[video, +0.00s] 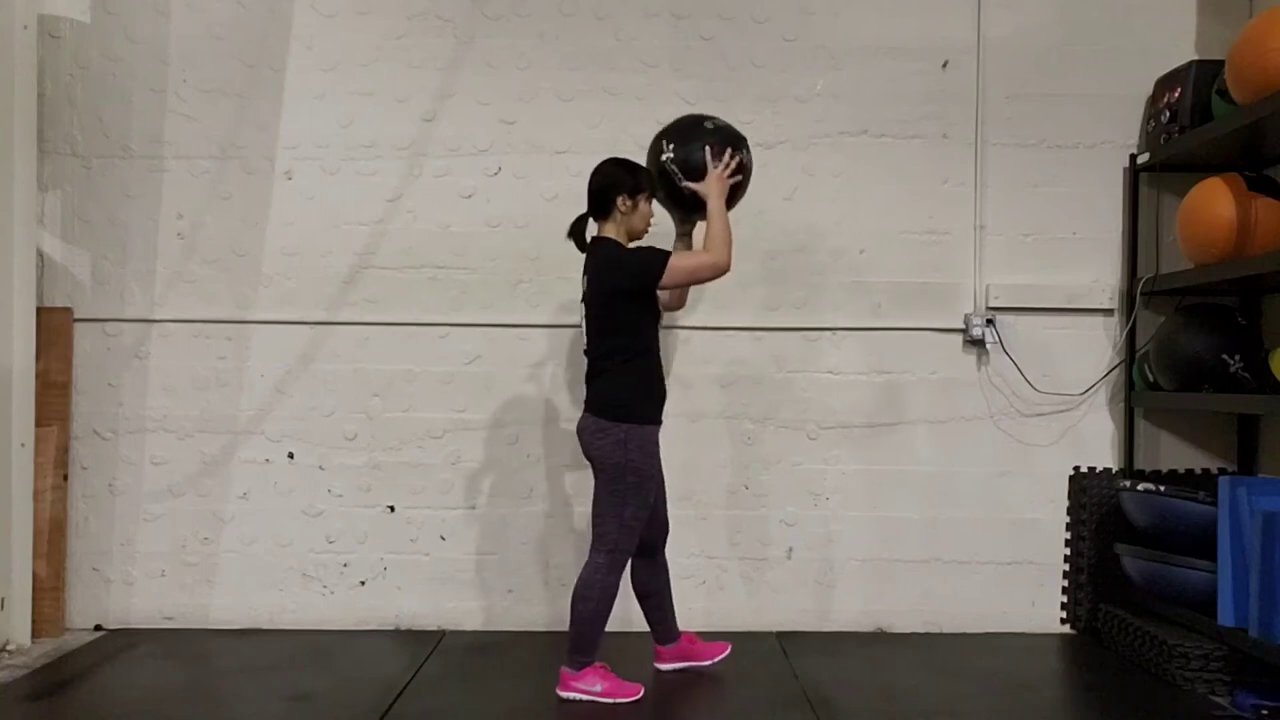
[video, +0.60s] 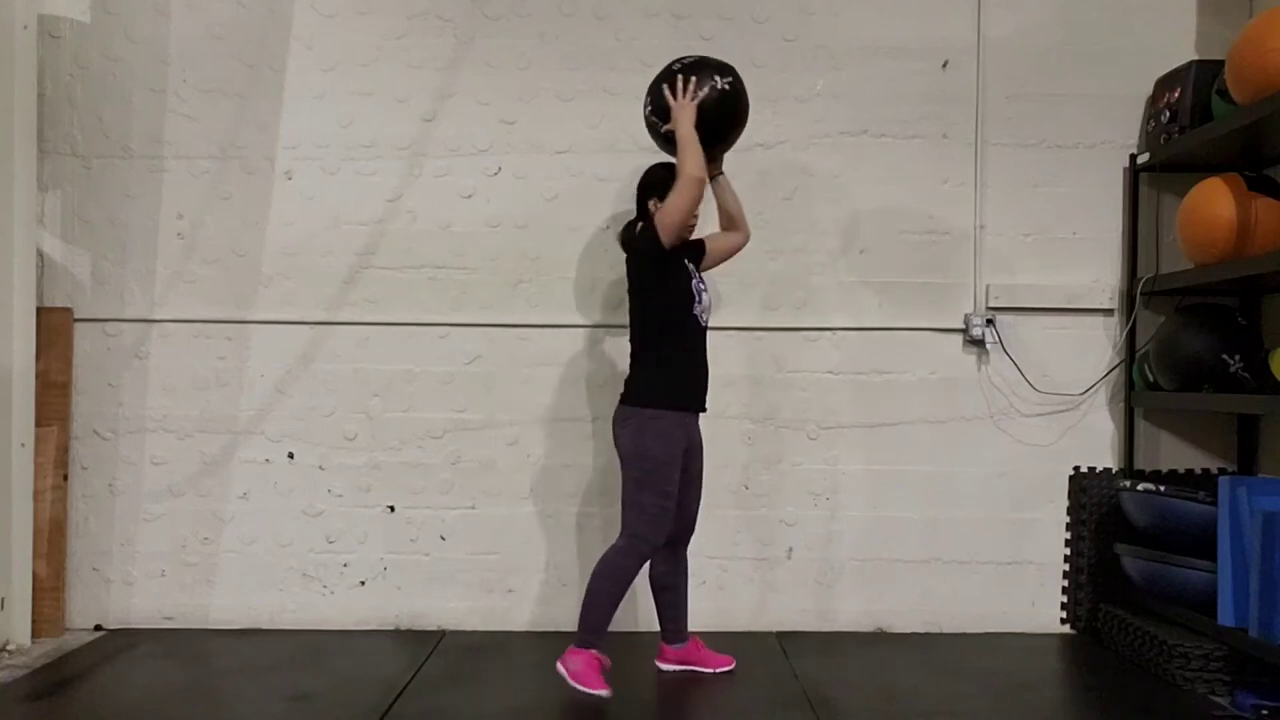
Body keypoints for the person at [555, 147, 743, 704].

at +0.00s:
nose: (650, 212)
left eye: (649, 204)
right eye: (646, 203)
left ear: (609, 207)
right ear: (625, 204)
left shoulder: (612, 261)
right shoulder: (616, 261)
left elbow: (672, 300)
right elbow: (716, 260)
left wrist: (686, 228)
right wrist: (716, 199)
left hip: (631, 427)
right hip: (619, 430)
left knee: (651, 538)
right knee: (612, 547)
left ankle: (669, 644)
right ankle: (579, 667)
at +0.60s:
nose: (688, 208)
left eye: (689, 202)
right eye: (679, 197)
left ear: (679, 208)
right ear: (656, 204)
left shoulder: (687, 258)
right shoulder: (646, 247)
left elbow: (735, 233)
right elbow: (690, 182)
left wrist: (716, 173)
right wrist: (685, 126)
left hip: (683, 420)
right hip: (648, 418)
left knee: (674, 536)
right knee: (640, 536)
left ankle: (676, 644)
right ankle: (584, 649)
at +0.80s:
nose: (672, 209)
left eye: (681, 202)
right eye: (662, 200)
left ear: (690, 209)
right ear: (642, 206)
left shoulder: (698, 256)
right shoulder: (627, 254)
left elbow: (757, 212)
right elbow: (622, 184)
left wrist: (719, 150)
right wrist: (637, 119)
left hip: (695, 424)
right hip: (640, 423)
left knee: (690, 538)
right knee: (621, 539)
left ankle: (679, 643)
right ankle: (582, 654)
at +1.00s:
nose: (625, 212)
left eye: (636, 202)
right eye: (618, 204)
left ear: (661, 207)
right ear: (612, 212)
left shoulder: (690, 254)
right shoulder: (602, 261)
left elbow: (731, 189)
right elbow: (561, 191)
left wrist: (699, 127)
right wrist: (590, 120)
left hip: (685, 423)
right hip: (618, 424)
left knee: (700, 538)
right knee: (588, 539)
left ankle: (696, 627)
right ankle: (576, 655)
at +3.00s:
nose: (637, 209)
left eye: (638, 198)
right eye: (627, 198)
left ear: (624, 207)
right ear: (606, 206)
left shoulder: (630, 249)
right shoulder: (593, 251)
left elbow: (673, 192)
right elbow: (631, 202)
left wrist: (640, 130)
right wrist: (611, 123)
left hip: (637, 427)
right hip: (607, 428)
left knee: (669, 535)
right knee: (607, 551)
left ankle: (671, 649)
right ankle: (517, 648)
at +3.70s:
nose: (715, 302)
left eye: (717, 293)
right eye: (716, 293)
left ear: (668, 287)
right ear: (703, 290)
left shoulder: (640, 336)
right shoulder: (703, 349)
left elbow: (625, 410)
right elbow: (729, 438)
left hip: (586, 475)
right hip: (613, 484)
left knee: (684, 533)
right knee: (622, 618)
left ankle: (675, 650)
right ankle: (510, 668)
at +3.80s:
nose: (727, 314)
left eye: (727, 305)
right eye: (726, 305)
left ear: (679, 302)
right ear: (711, 303)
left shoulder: (645, 348)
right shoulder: (707, 364)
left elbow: (631, 429)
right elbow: (712, 455)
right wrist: (717, 541)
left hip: (586, 481)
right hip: (612, 491)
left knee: (688, 534)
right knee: (623, 623)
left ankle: (675, 651)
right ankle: (509, 669)